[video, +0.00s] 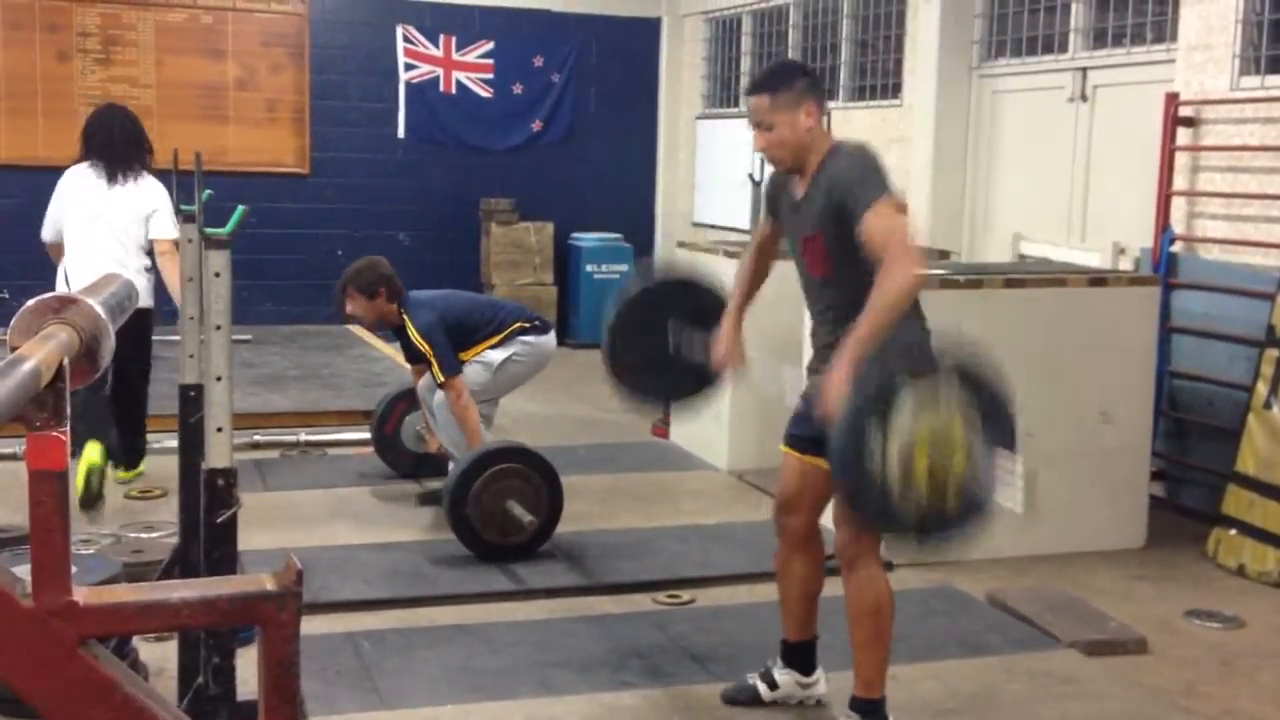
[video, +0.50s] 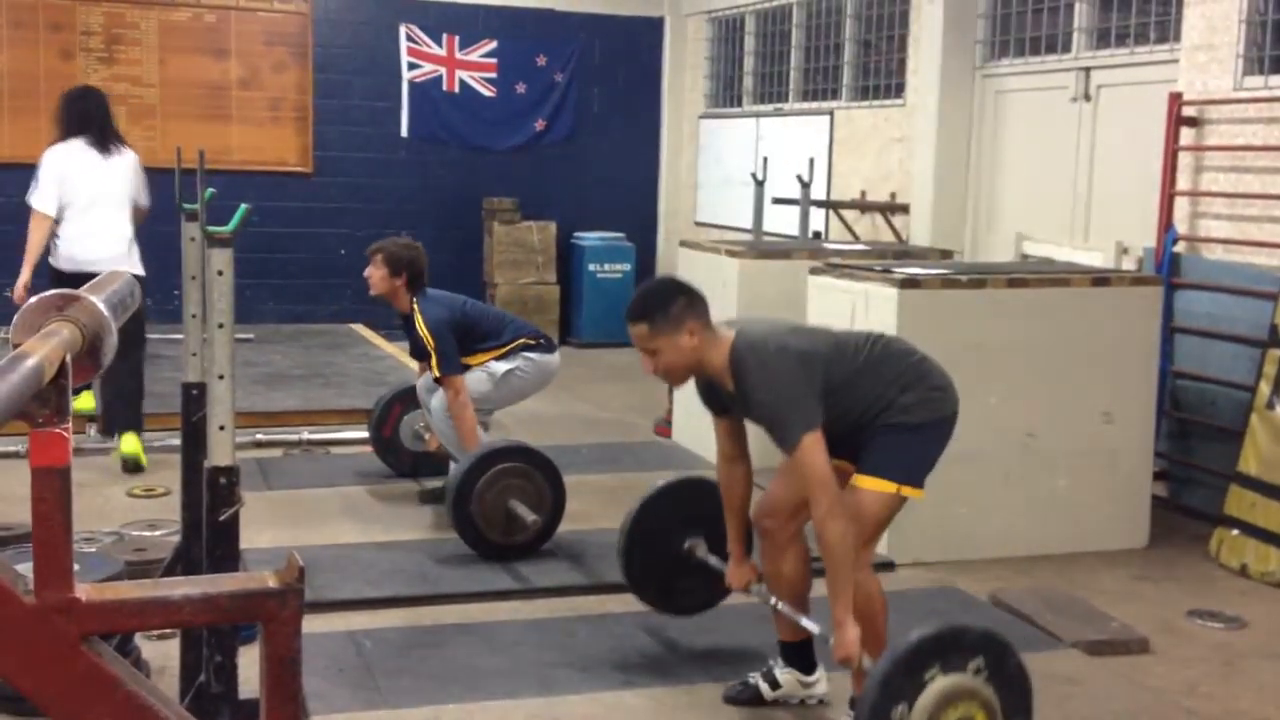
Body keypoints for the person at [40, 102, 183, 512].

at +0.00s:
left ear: (89, 139)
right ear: (137, 140)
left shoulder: (71, 178)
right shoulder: (151, 187)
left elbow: (52, 241)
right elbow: (166, 251)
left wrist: (74, 271)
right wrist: (188, 307)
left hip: (78, 300)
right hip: (131, 302)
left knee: (84, 381)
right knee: (130, 380)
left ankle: (90, 446)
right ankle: (128, 468)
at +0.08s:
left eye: (91, 126)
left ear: (92, 130)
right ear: (138, 133)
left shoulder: (72, 171)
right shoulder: (151, 178)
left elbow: (57, 238)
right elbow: (164, 248)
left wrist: (50, 283)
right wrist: (178, 298)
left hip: (79, 291)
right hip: (132, 292)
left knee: (83, 367)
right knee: (133, 373)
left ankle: (88, 423)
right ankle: (128, 463)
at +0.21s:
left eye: (85, 118)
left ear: (88, 121)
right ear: (136, 122)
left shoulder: (71, 162)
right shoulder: (151, 169)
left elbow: (50, 225)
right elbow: (163, 232)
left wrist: (34, 272)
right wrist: (159, 270)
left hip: (78, 278)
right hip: (132, 281)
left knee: (74, 348)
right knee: (133, 368)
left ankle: (90, 408)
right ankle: (129, 459)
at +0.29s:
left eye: (81, 119)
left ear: (85, 123)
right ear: (131, 124)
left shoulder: (70, 163)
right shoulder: (148, 168)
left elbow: (43, 222)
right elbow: (163, 229)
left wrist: (27, 272)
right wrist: (134, 240)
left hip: (76, 276)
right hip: (131, 280)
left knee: (76, 340)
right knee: (133, 365)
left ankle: (86, 400)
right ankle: (130, 458)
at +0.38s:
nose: (72, 126)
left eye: (75, 119)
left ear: (79, 123)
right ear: (122, 123)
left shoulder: (68, 162)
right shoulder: (140, 165)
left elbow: (43, 218)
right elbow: (158, 218)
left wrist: (24, 272)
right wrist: (130, 236)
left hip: (73, 273)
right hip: (125, 276)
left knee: (71, 330)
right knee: (130, 363)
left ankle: (83, 390)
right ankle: (128, 451)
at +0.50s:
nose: (61, 119)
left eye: (64, 112)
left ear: (66, 116)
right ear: (105, 115)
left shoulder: (57, 155)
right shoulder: (127, 155)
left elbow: (42, 216)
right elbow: (140, 208)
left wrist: (26, 271)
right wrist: (117, 231)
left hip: (69, 268)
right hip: (122, 269)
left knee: (68, 333)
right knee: (129, 351)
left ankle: (82, 388)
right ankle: (129, 434)